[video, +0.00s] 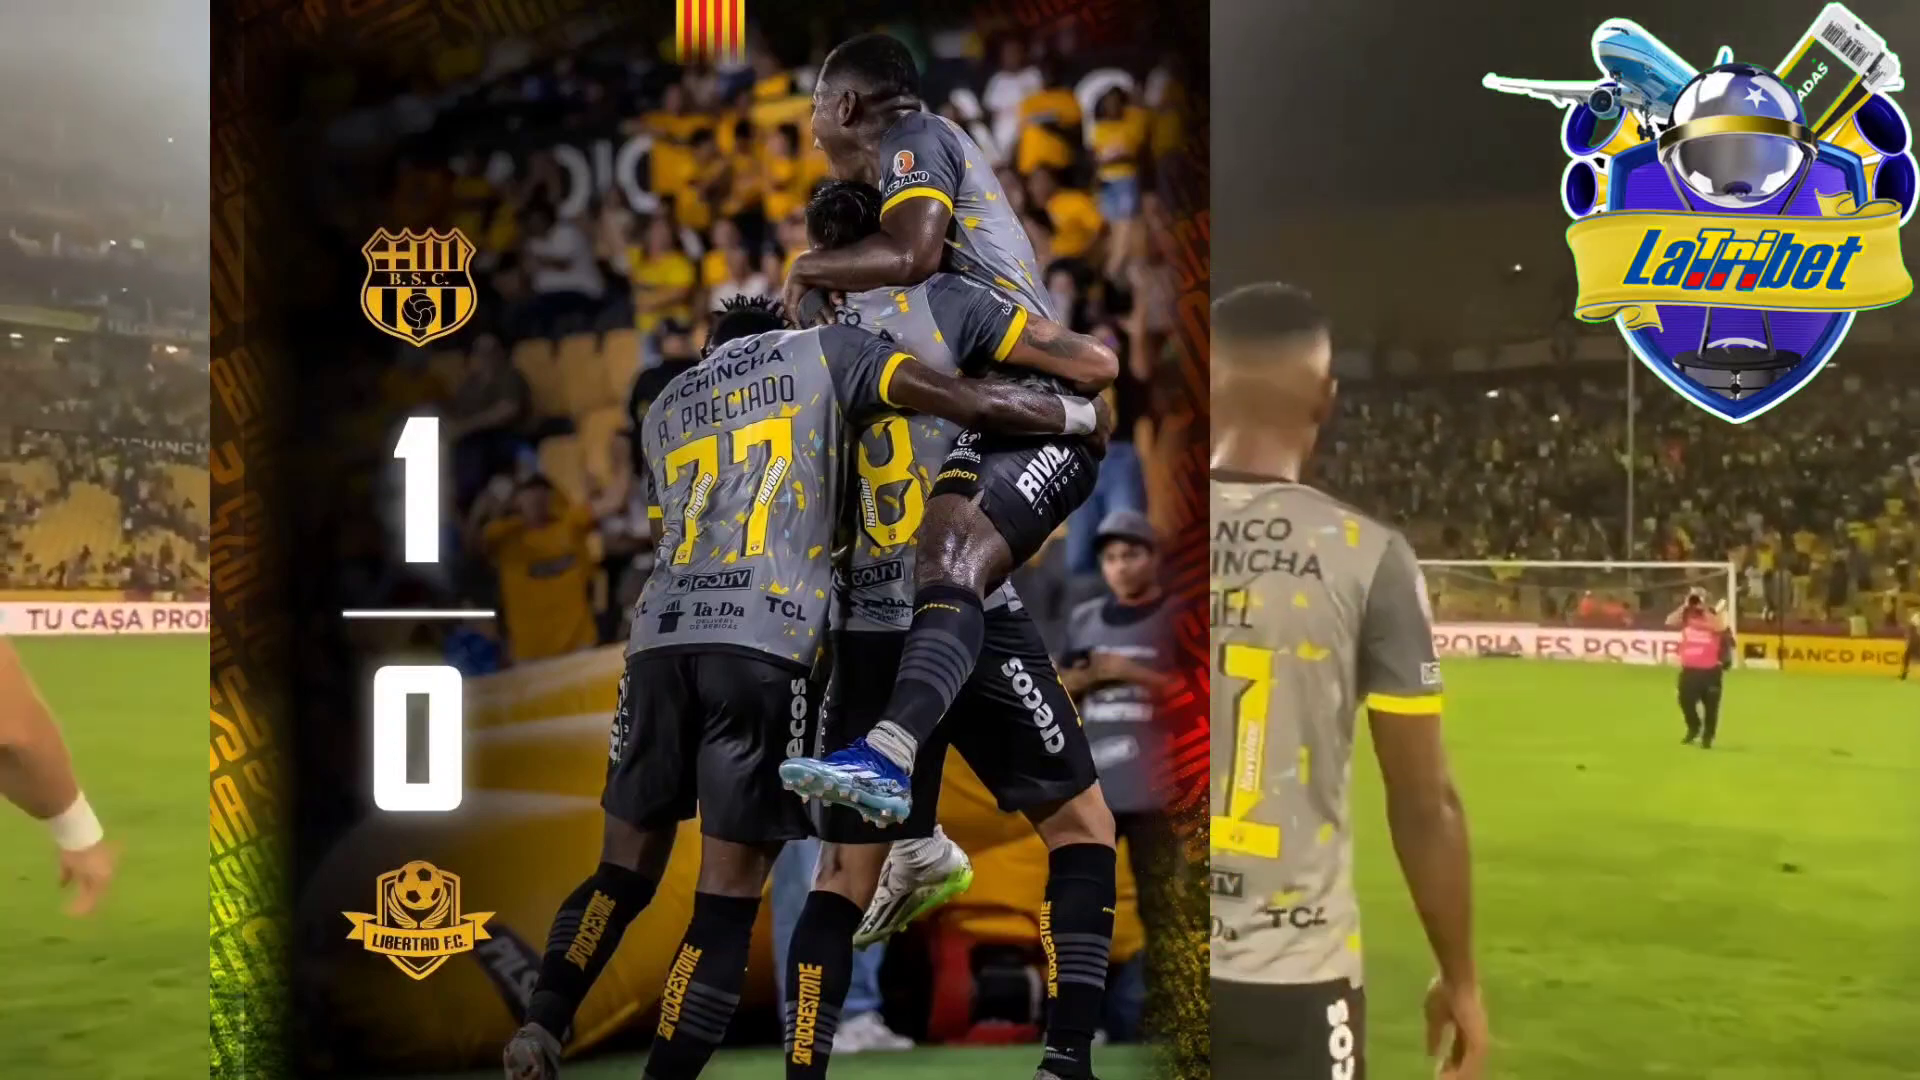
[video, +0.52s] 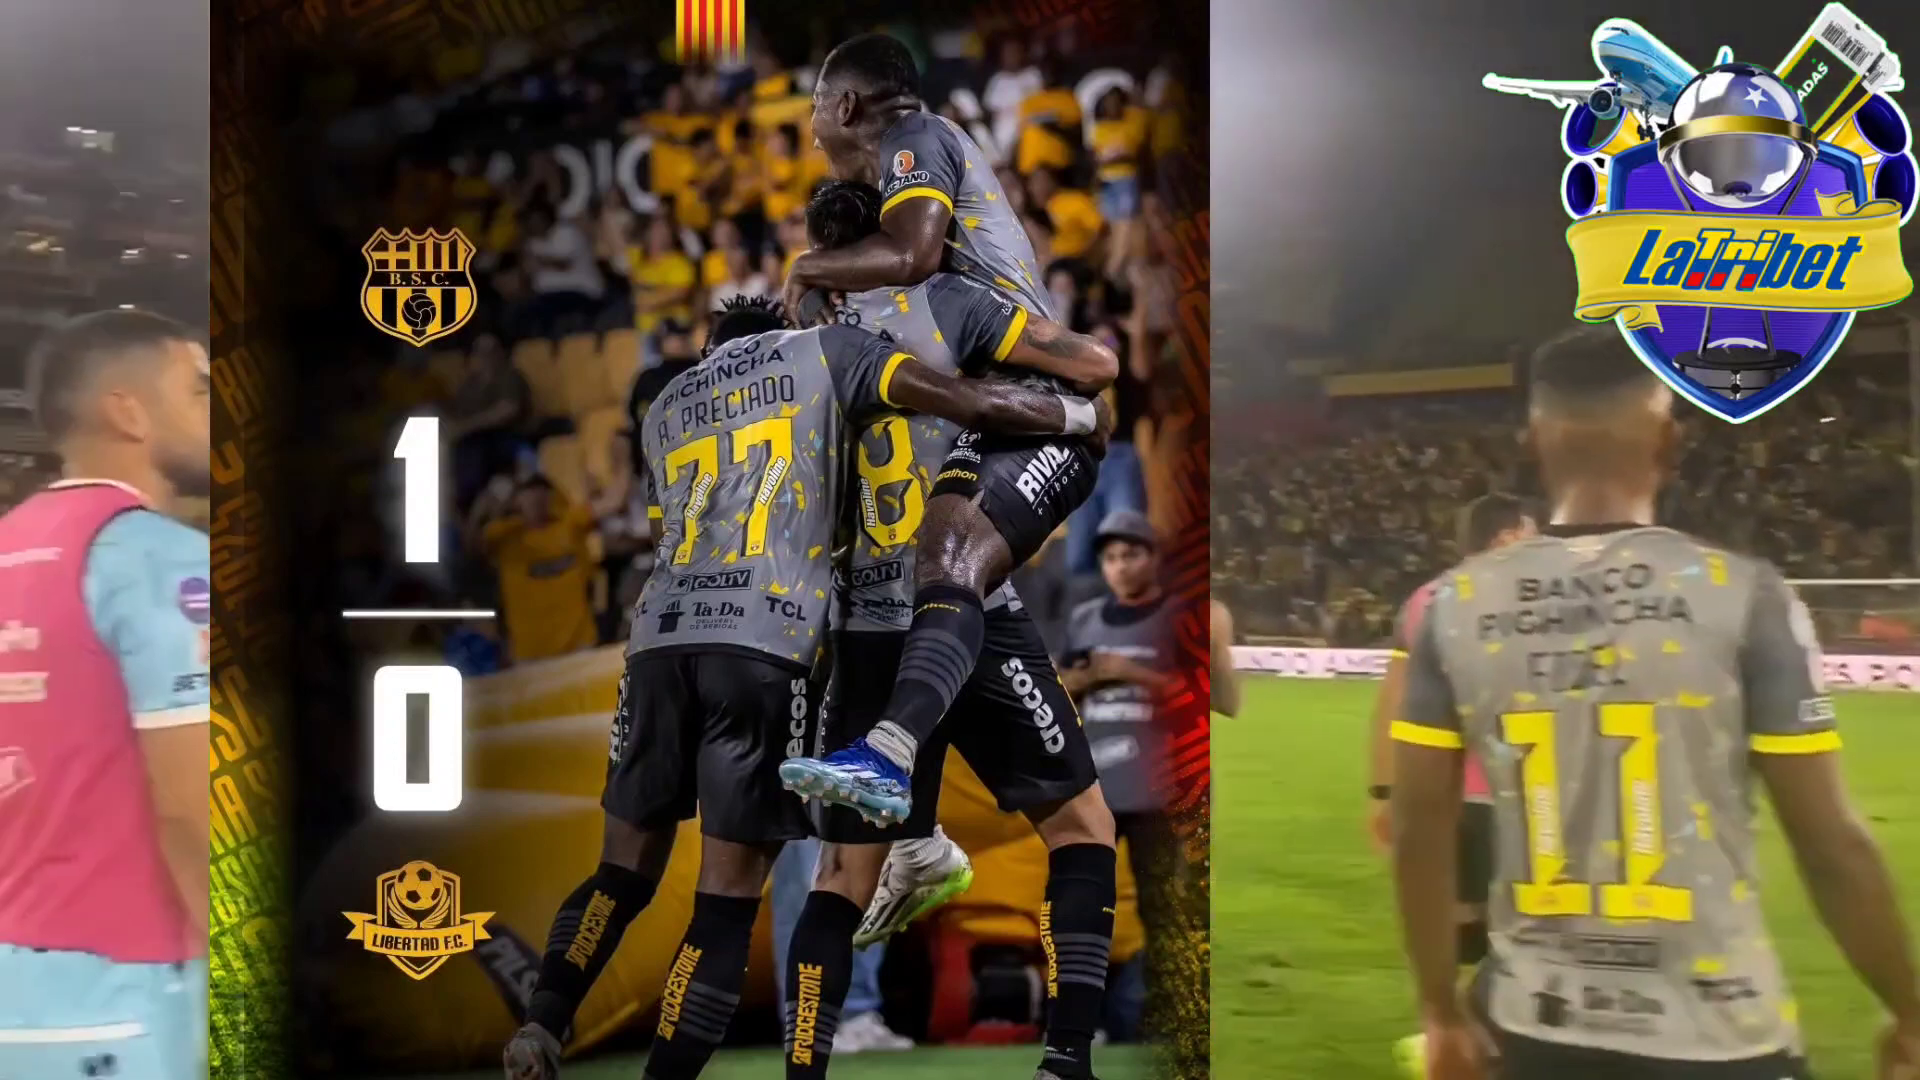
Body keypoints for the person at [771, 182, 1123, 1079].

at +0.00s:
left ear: (822, 252)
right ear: (901, 236)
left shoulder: (803, 332)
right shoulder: (952, 296)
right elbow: (1093, 366)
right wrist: (1066, 348)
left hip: (854, 615)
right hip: (965, 612)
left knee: (849, 859)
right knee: (1081, 826)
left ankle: (801, 1064)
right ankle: (1067, 1057)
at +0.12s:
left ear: (822, 253)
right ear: (901, 236)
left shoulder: (803, 332)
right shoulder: (952, 296)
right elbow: (1093, 366)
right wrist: (1066, 348)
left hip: (854, 615)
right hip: (965, 612)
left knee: (849, 859)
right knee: (1081, 826)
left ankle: (801, 1064)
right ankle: (1067, 1057)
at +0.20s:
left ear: (822, 255)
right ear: (900, 238)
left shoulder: (804, 334)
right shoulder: (953, 297)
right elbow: (1093, 366)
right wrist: (1065, 346)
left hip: (853, 617)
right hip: (964, 614)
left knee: (848, 859)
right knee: (1081, 826)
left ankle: (801, 1064)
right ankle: (1068, 1055)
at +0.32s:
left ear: (819, 252)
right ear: (898, 236)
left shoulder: (800, 334)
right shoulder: (950, 297)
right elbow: (1092, 366)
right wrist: (1070, 347)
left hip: (854, 615)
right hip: (964, 611)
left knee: (848, 860)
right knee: (1081, 826)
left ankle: (802, 1064)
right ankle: (1066, 1059)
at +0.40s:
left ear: (820, 255)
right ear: (897, 239)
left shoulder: (801, 332)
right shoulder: (951, 297)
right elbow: (1091, 366)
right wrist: (1078, 347)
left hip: (854, 615)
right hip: (964, 613)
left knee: (849, 860)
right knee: (1081, 827)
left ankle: (802, 1063)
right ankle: (1066, 1059)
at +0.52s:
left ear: (822, 255)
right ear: (899, 238)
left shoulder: (804, 333)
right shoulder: (952, 297)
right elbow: (1093, 366)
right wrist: (1067, 346)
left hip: (853, 617)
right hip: (963, 613)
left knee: (848, 859)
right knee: (1082, 827)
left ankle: (802, 1063)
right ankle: (1068, 1055)